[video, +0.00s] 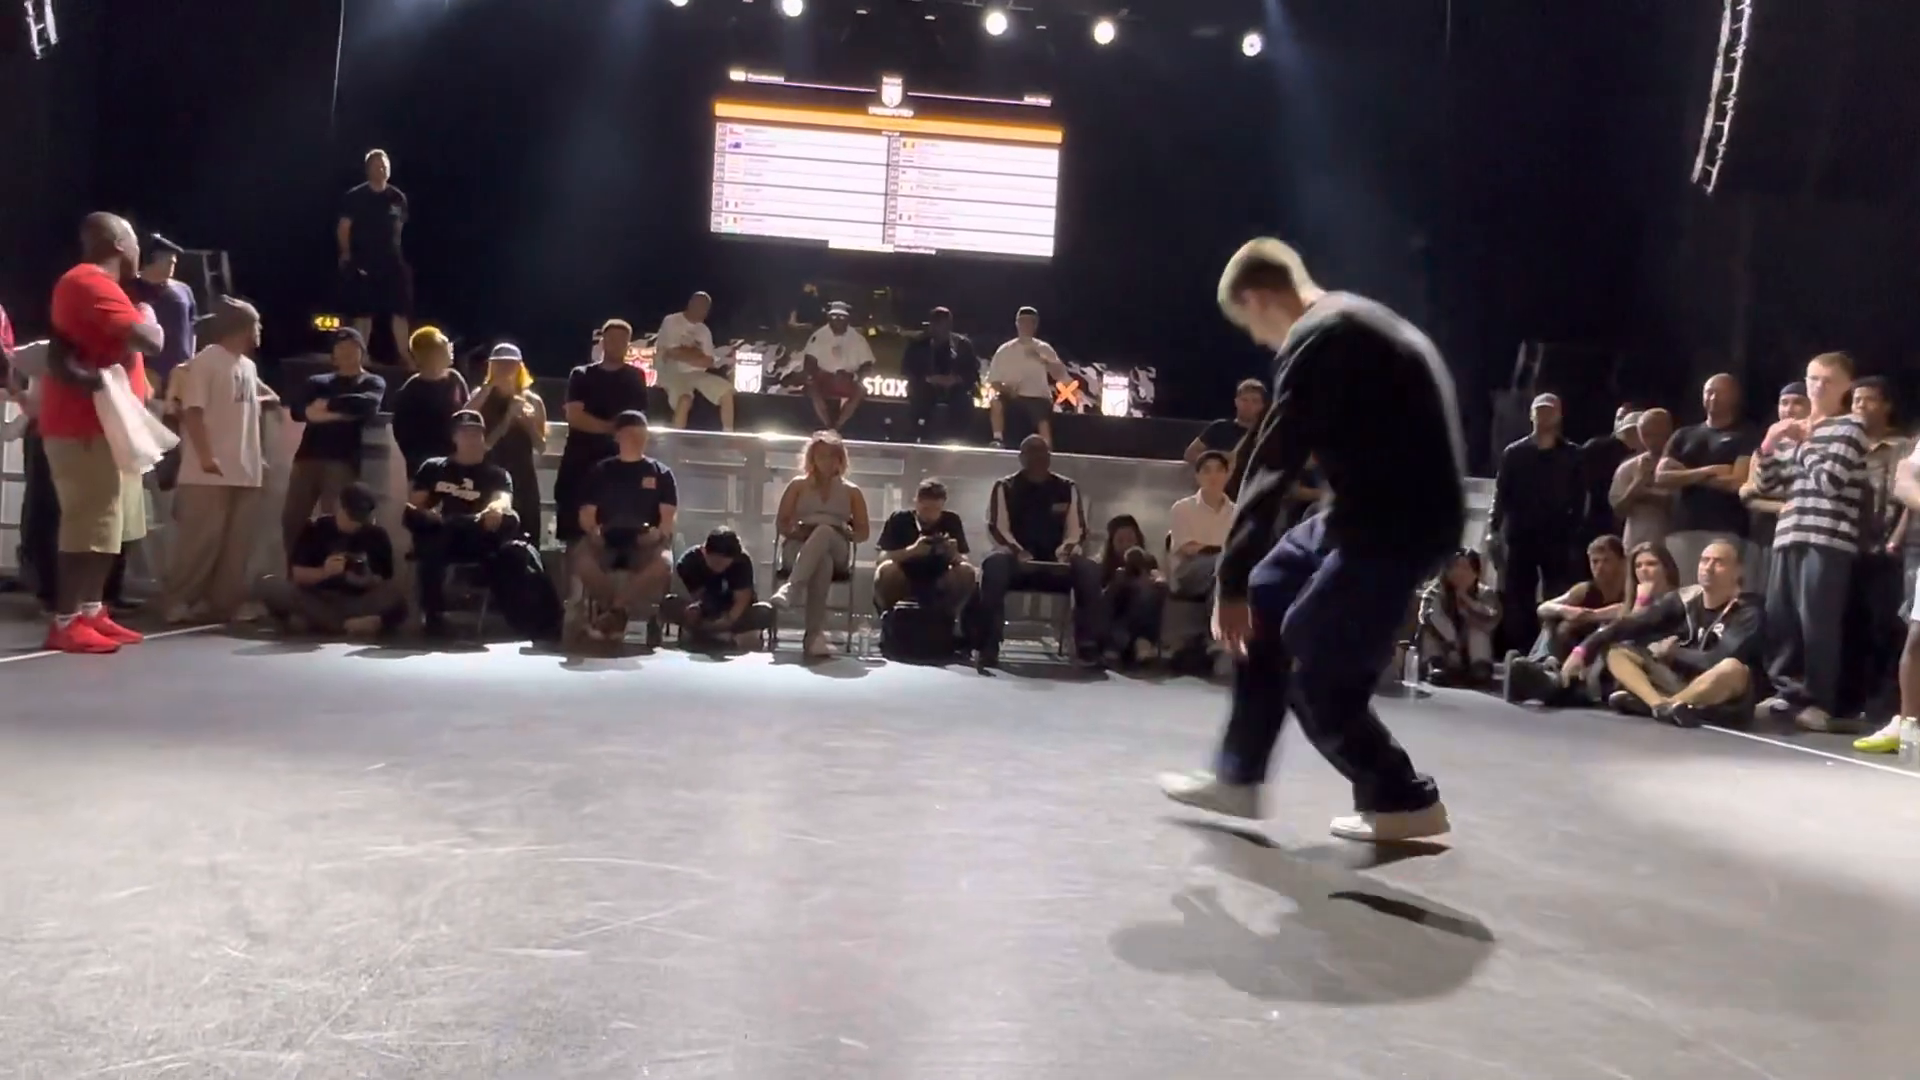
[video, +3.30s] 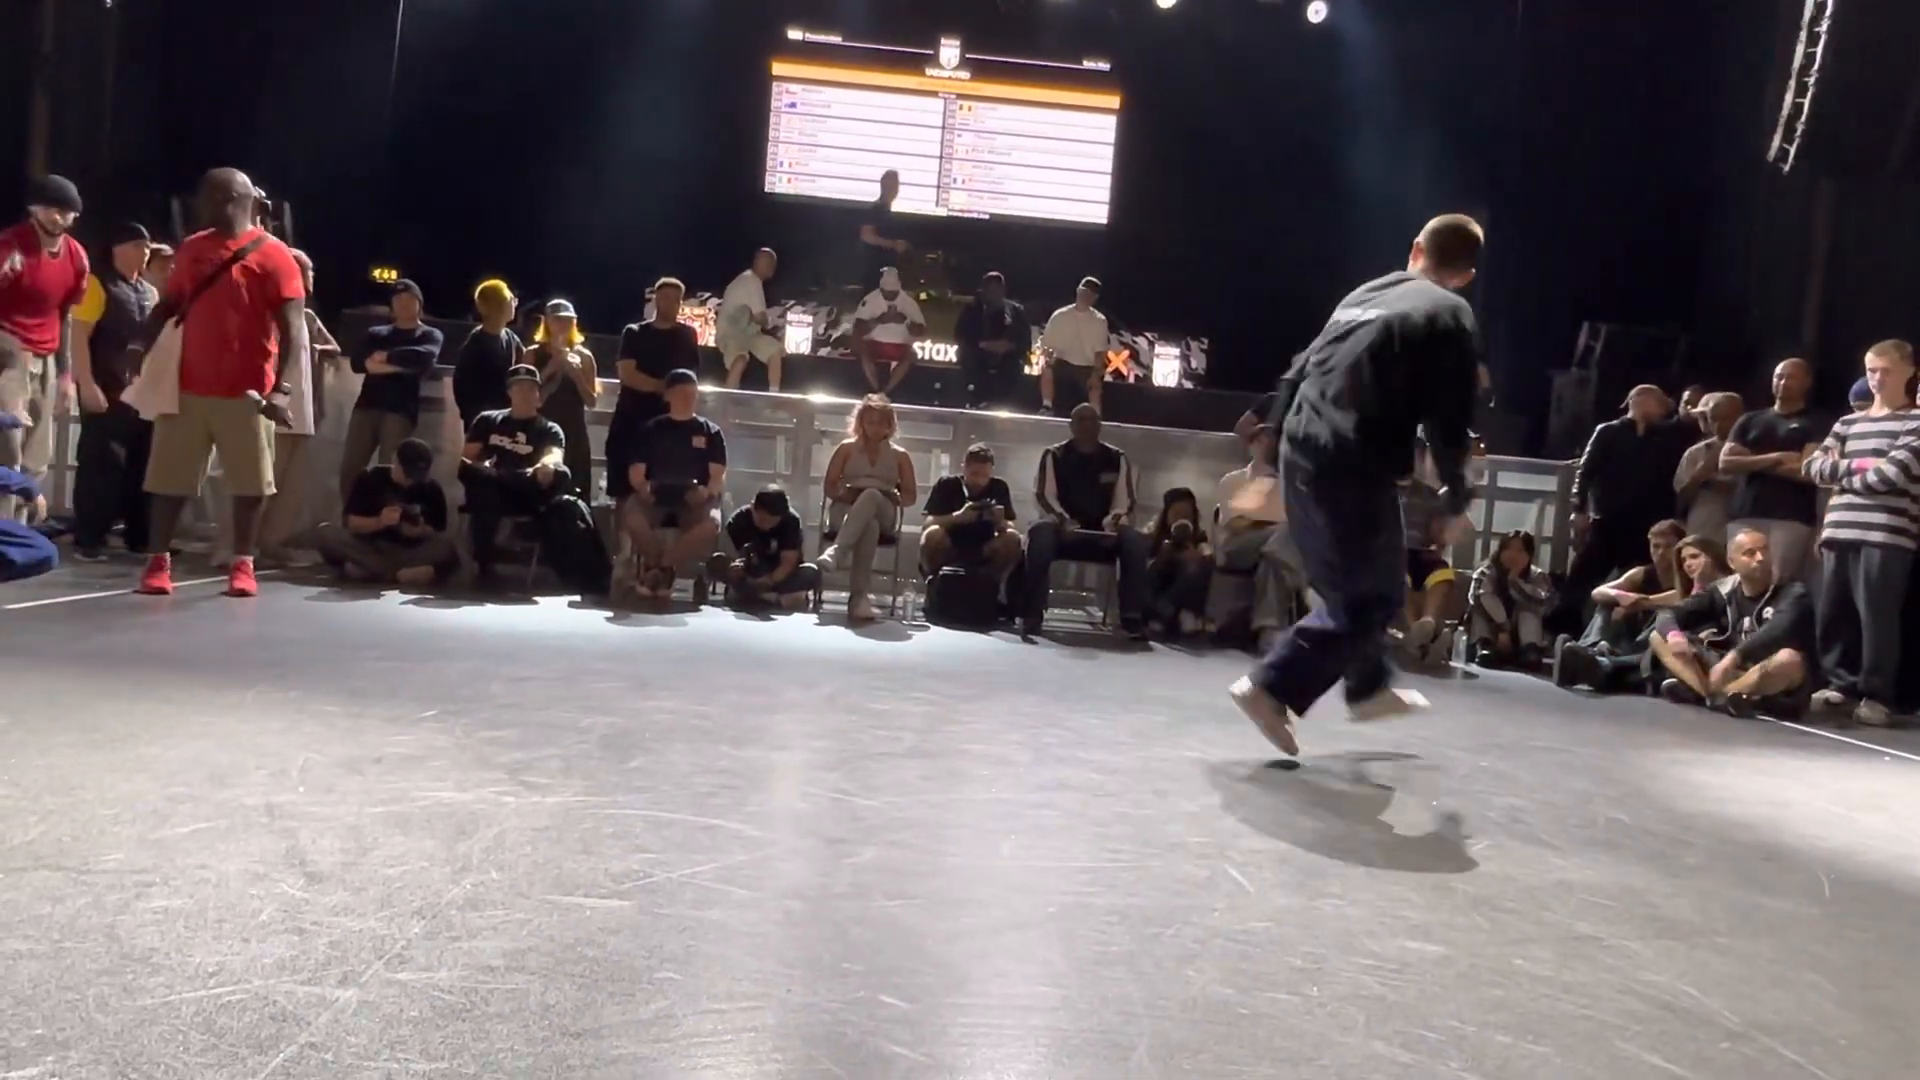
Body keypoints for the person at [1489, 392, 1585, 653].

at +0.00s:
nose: (1543, 416)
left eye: (1548, 411)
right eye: (1538, 411)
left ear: (1559, 416)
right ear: (1531, 416)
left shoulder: (1573, 454)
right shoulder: (1514, 453)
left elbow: (1580, 497)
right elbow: (1502, 493)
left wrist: (1574, 528)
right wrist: (1494, 527)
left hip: (1558, 536)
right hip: (1521, 536)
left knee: (1558, 598)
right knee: (1519, 598)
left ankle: (1557, 655)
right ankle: (1520, 654)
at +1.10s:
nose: (1577, 418)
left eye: (1583, 413)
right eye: (1574, 412)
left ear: (1598, 415)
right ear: (1570, 413)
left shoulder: (1615, 452)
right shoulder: (1554, 448)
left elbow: (1622, 494)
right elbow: (1540, 490)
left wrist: (1615, 526)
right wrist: (1531, 525)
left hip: (1598, 532)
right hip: (1559, 531)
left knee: (1599, 596)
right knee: (1552, 595)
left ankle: (1597, 655)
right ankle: (1550, 651)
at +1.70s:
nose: (1614, 410)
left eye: (1621, 406)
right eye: (1611, 405)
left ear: (1634, 410)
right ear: (1604, 407)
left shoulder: (1645, 449)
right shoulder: (1585, 442)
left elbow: (1648, 494)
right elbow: (1567, 483)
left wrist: (1640, 529)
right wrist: (1553, 518)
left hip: (1621, 531)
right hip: (1582, 528)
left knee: (1618, 595)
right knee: (1558, 586)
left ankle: (1615, 651)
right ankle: (1553, 642)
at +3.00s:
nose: (1658, 409)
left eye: (1658, 403)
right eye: (1653, 402)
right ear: (1637, 402)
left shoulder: (1663, 437)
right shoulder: (1604, 434)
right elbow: (1583, 473)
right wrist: (1578, 511)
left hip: (1648, 520)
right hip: (1608, 520)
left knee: (1643, 581)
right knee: (1583, 578)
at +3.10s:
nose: (1661, 409)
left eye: (1661, 403)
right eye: (1656, 402)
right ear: (1639, 402)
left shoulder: (1664, 436)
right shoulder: (1606, 433)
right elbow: (1584, 474)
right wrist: (1579, 510)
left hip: (1649, 522)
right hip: (1609, 521)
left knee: (1645, 584)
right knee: (1583, 578)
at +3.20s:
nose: (1663, 408)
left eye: (1663, 403)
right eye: (1658, 401)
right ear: (1640, 402)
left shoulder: (1666, 436)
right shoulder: (1607, 433)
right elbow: (1585, 474)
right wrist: (1580, 511)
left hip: (1650, 523)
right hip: (1609, 521)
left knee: (1643, 583)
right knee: (1586, 576)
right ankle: (1565, 628)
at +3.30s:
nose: (1664, 407)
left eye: (1663, 402)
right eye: (1659, 400)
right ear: (1640, 403)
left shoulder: (1667, 437)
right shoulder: (1607, 433)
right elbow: (1584, 472)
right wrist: (1579, 510)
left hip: (1649, 523)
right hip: (1608, 521)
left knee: (1642, 583)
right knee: (1583, 578)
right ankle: (1564, 630)